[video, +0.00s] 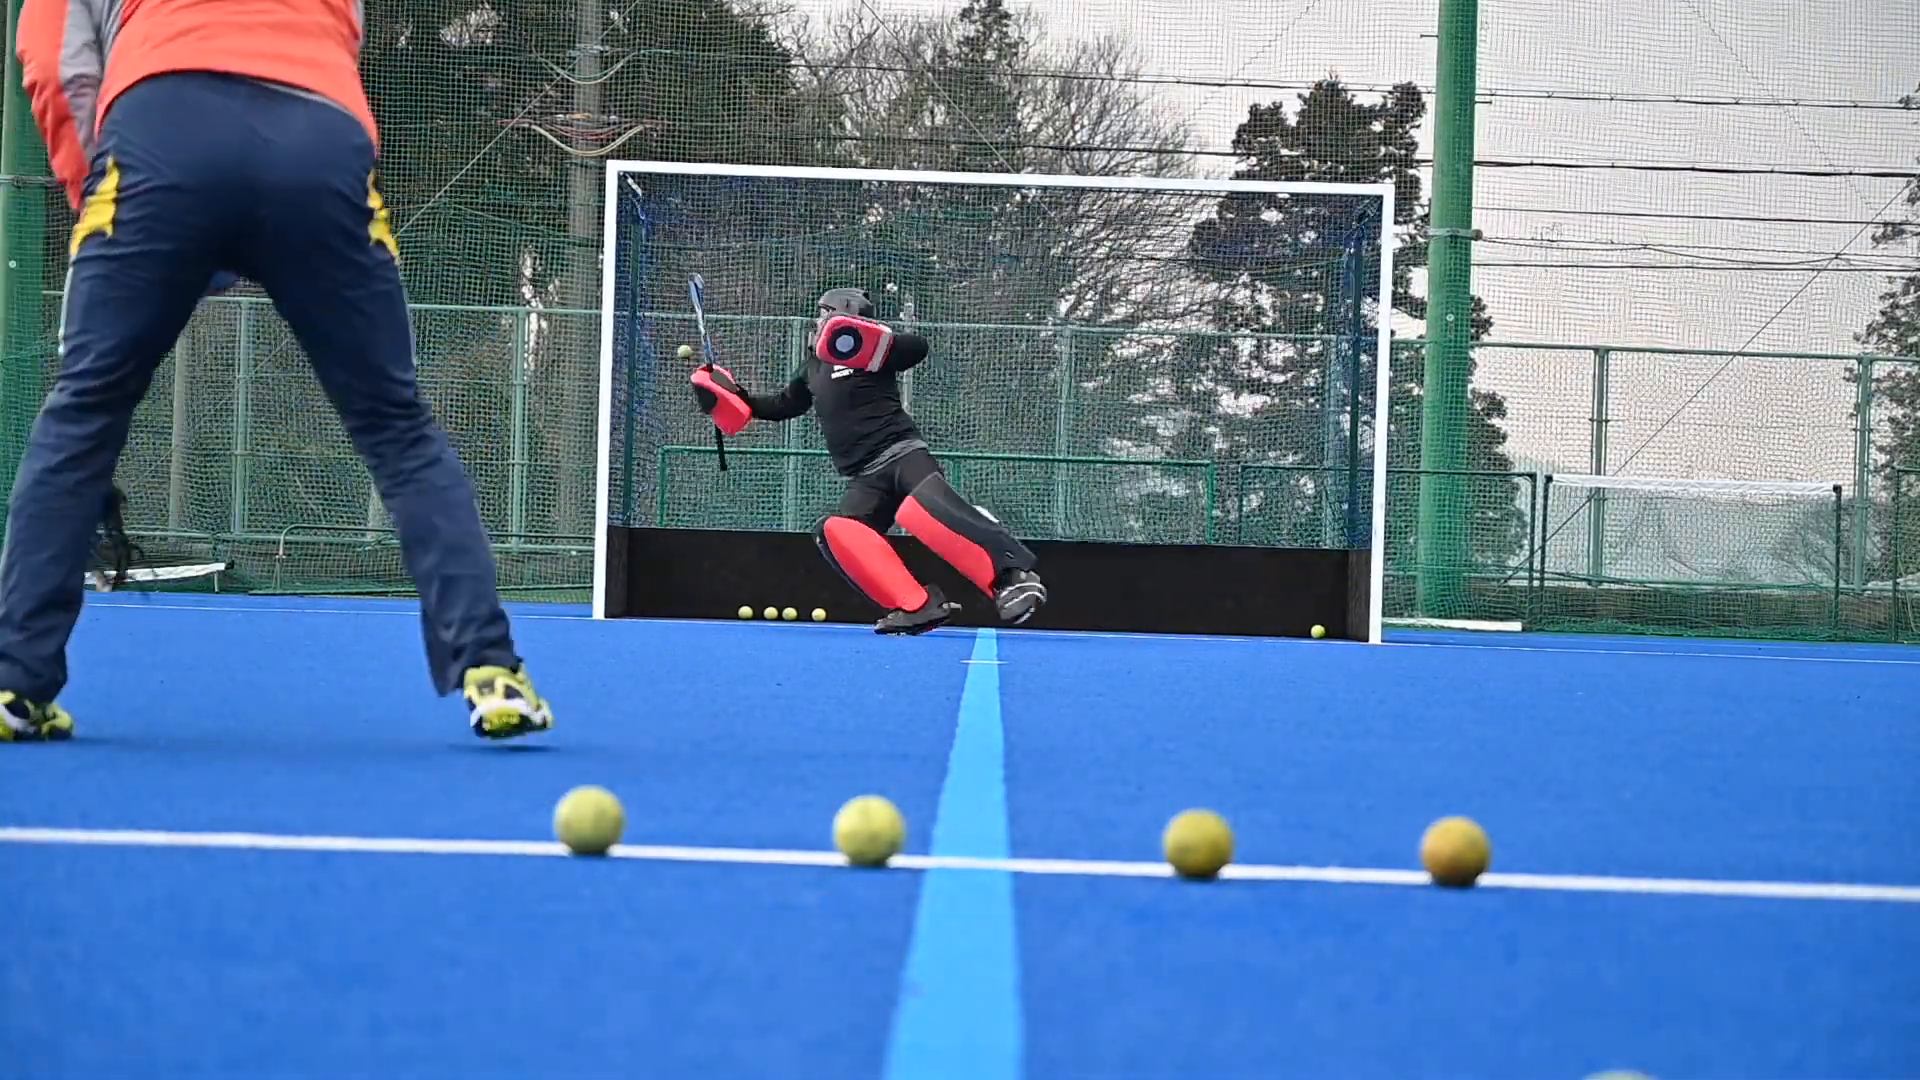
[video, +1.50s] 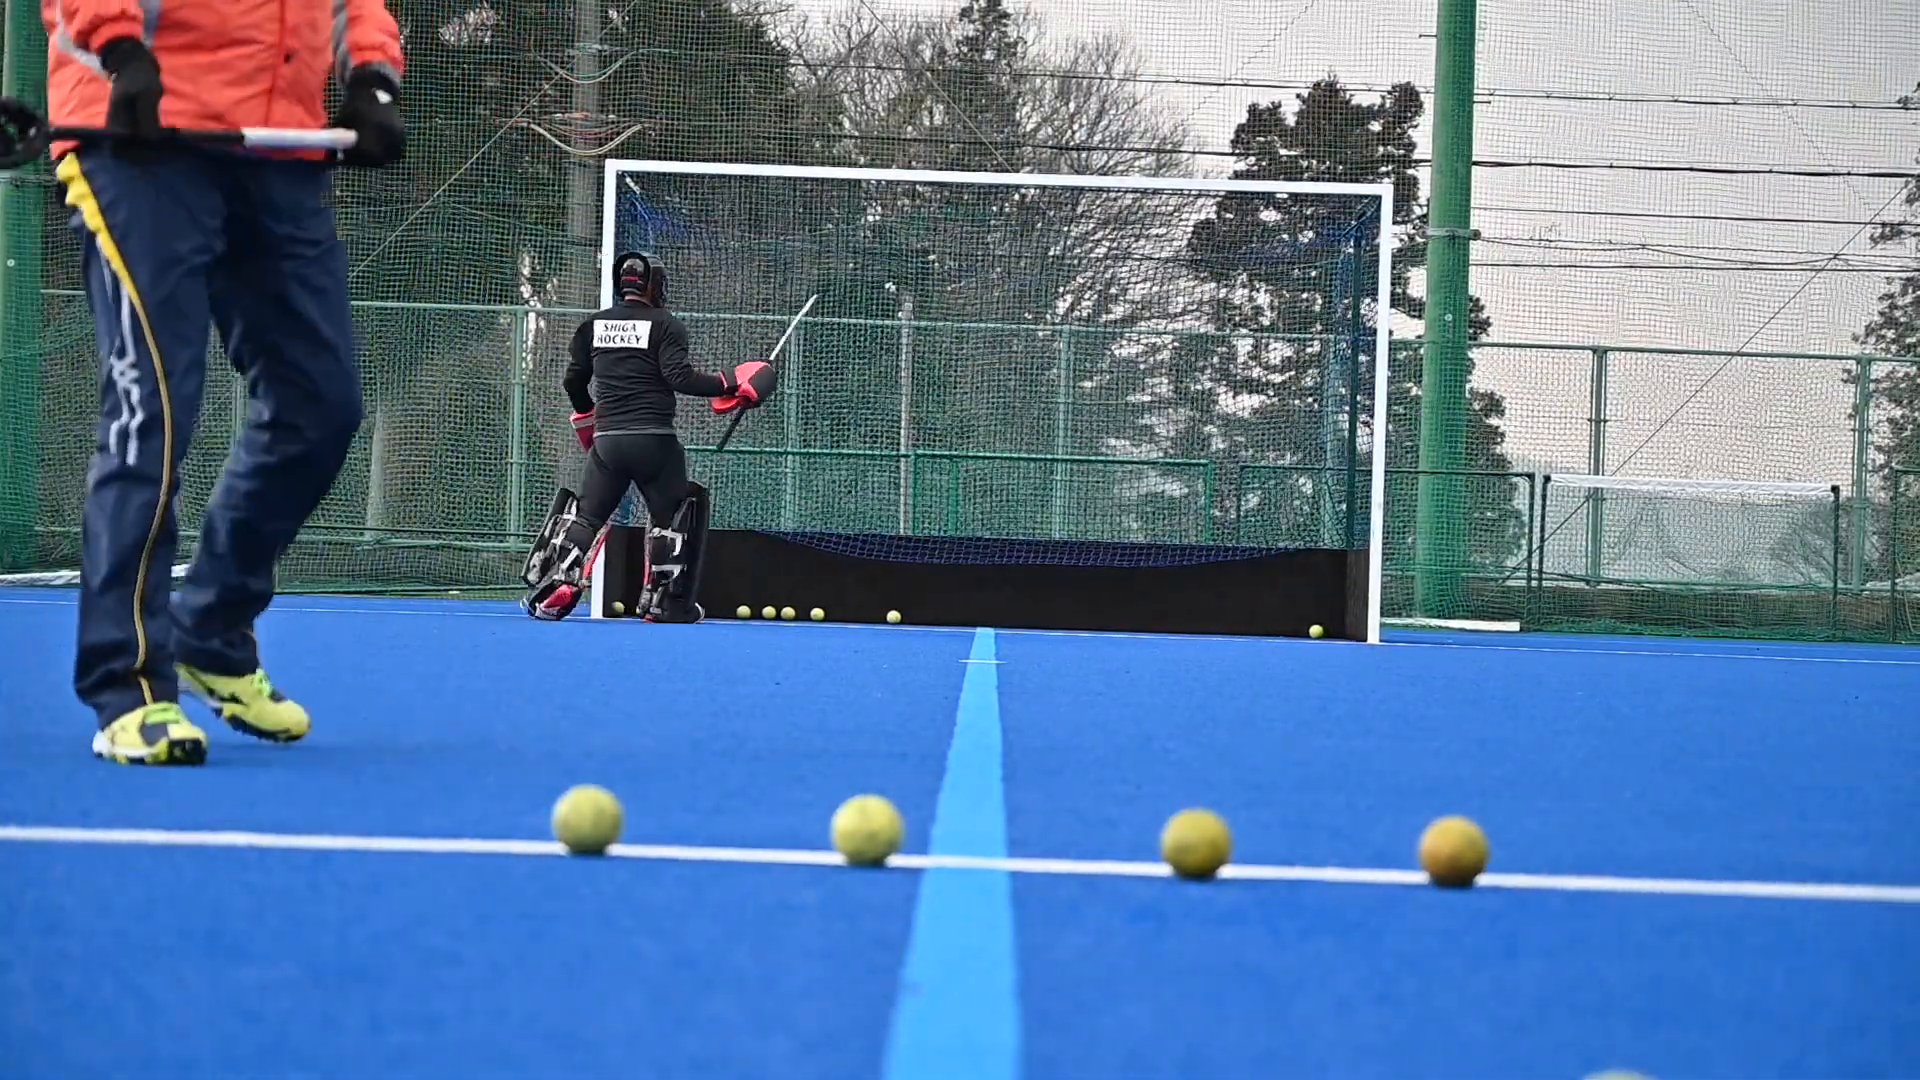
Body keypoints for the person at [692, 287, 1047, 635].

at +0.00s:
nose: (828, 329)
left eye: (838, 322)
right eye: (824, 322)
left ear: (859, 322)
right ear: (817, 326)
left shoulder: (874, 352)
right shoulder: (811, 368)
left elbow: (919, 348)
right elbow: (780, 404)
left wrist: (866, 335)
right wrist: (731, 393)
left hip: (903, 452)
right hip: (862, 478)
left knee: (929, 505)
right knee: (838, 531)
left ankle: (1015, 577)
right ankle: (919, 605)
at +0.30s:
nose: (699, 336)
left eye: (702, 329)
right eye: (699, 330)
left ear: (713, 324)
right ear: (739, 326)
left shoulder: (724, 341)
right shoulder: (759, 361)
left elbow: (743, 377)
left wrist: (708, 418)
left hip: (759, 448)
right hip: (784, 455)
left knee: (710, 514)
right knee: (722, 525)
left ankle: (704, 594)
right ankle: (717, 599)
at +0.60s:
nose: (631, 301)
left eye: (626, 297)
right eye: (642, 294)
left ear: (620, 303)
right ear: (657, 300)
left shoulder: (612, 340)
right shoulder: (689, 337)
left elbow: (583, 396)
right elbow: (712, 395)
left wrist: (547, 433)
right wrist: (733, 439)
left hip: (627, 460)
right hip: (679, 462)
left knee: (590, 531)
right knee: (679, 537)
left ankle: (559, 602)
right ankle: (691, 564)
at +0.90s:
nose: (619, 284)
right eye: (617, 278)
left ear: (575, 282)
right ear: (612, 280)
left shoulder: (550, 322)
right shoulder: (624, 317)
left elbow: (545, 380)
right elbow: (642, 375)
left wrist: (554, 398)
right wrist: (684, 391)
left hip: (579, 444)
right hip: (629, 441)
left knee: (568, 522)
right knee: (653, 502)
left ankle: (554, 599)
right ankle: (668, 581)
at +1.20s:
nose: (586, 269)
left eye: (588, 265)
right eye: (587, 264)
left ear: (574, 277)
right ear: (611, 275)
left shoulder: (549, 316)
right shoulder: (619, 306)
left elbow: (553, 371)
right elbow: (622, 359)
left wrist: (595, 371)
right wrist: (667, 378)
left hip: (580, 432)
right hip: (627, 425)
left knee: (570, 514)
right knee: (658, 480)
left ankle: (553, 595)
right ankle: (689, 536)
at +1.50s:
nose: (665, 293)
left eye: (663, 286)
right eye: (662, 287)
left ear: (622, 287)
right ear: (654, 288)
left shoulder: (594, 323)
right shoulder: (665, 324)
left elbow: (574, 381)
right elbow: (677, 377)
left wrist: (585, 413)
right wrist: (726, 382)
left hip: (608, 440)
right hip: (655, 441)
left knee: (587, 519)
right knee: (669, 524)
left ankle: (556, 588)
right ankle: (668, 602)